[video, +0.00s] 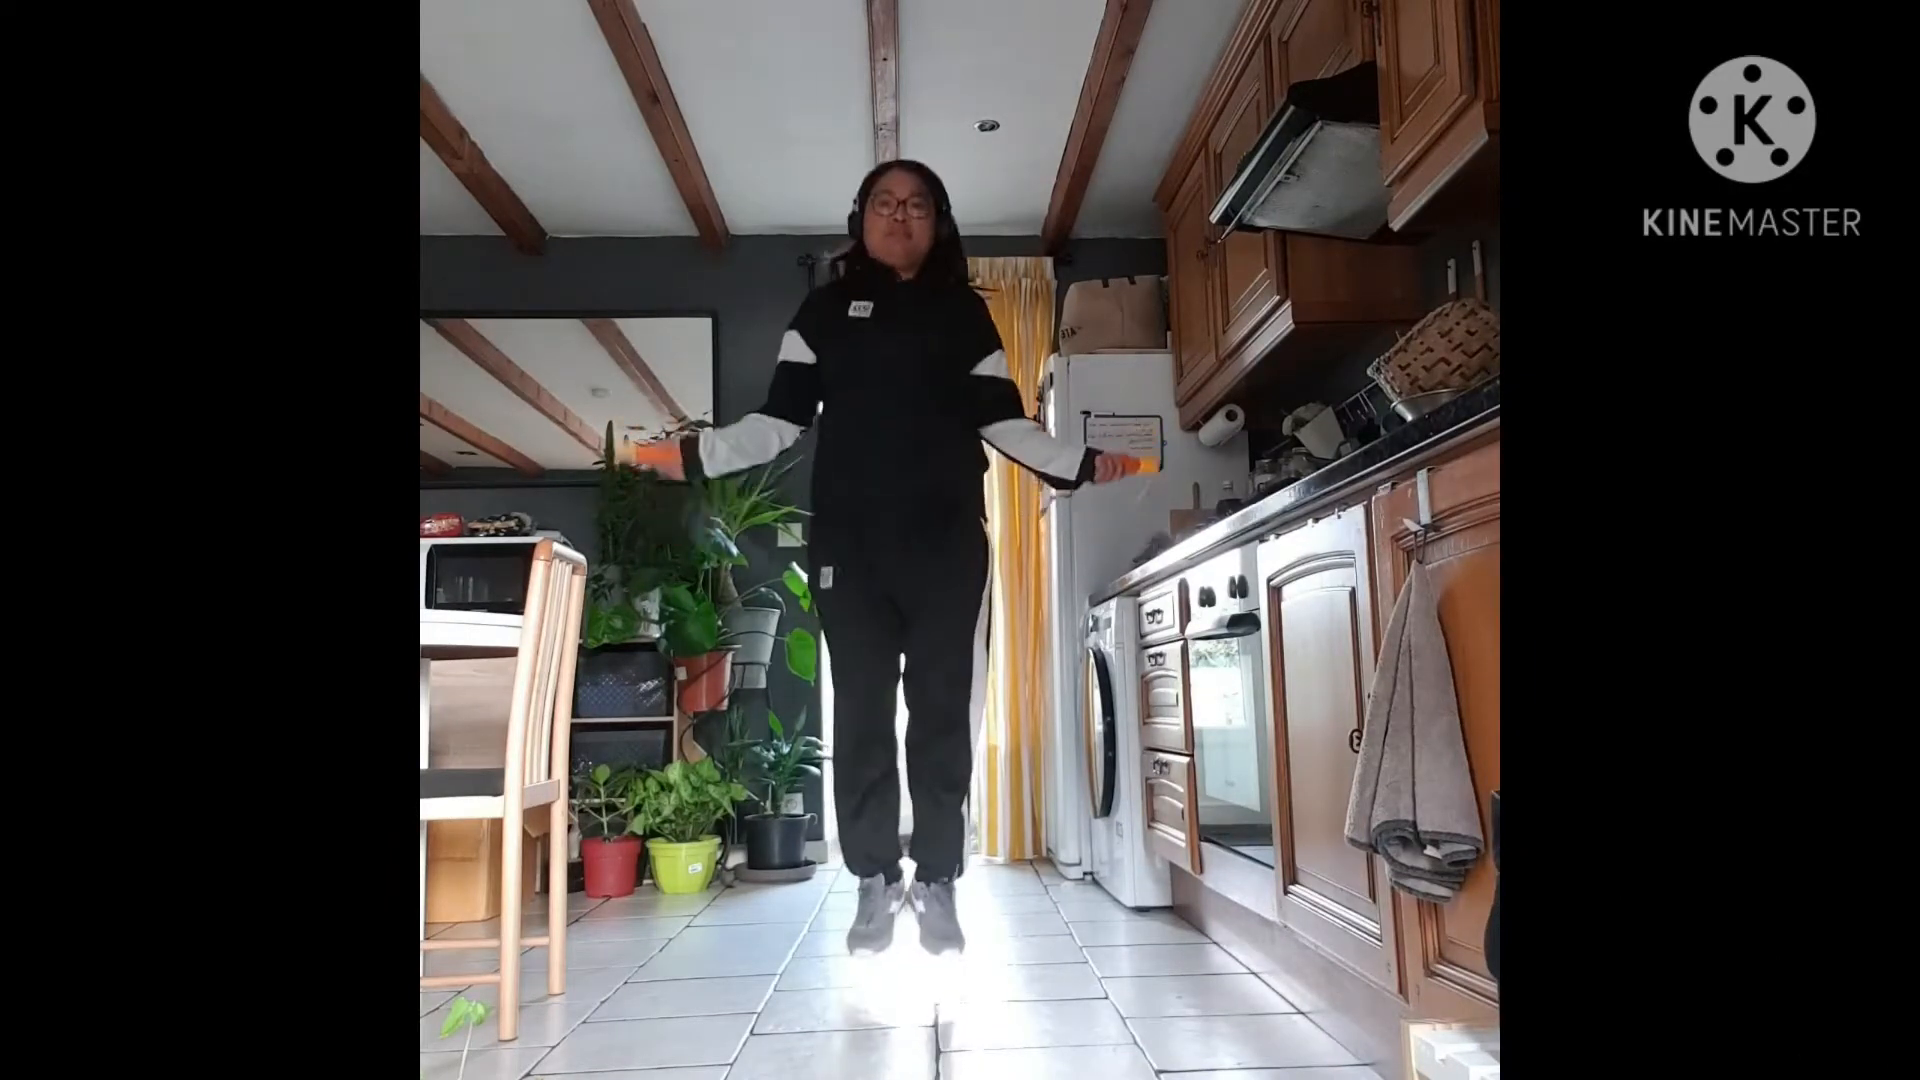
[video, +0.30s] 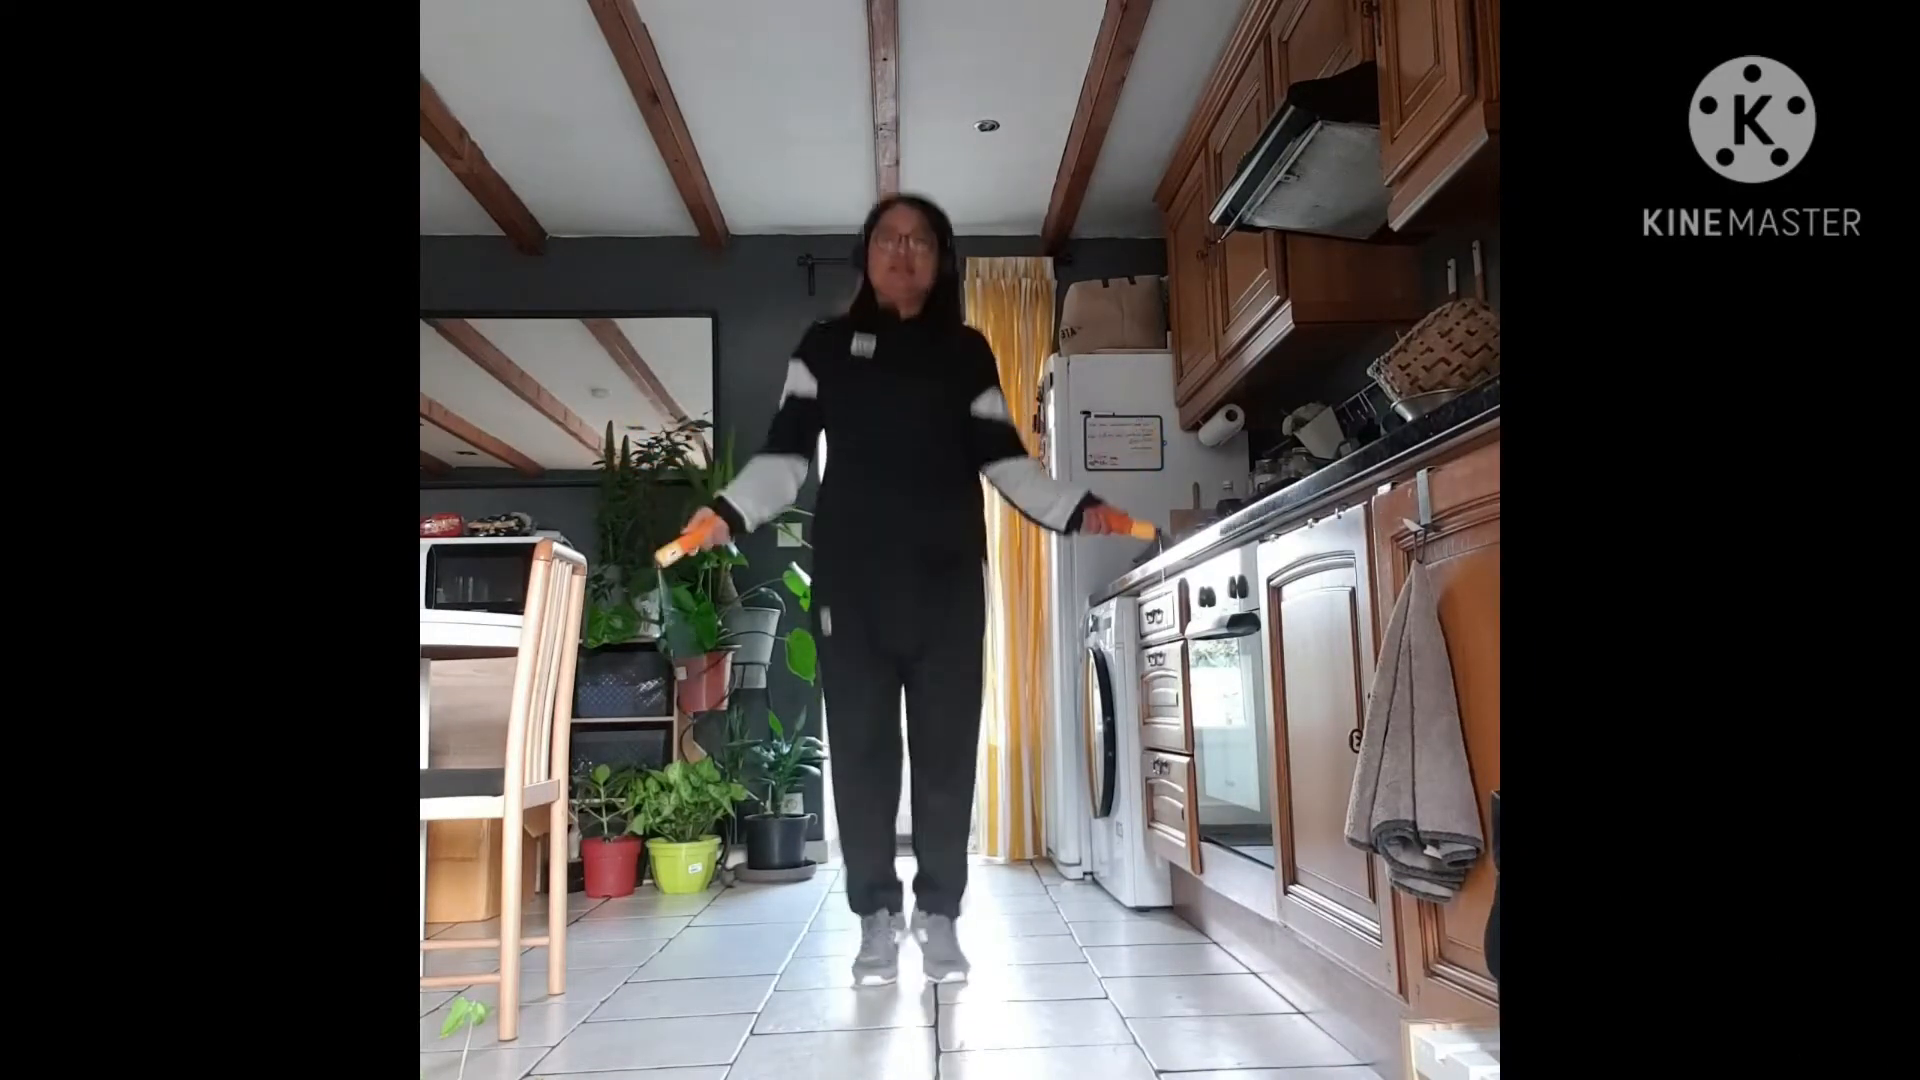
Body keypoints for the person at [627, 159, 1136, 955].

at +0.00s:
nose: (899, 215)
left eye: (915, 204)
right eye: (885, 203)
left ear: (939, 223)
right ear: (859, 222)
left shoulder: (962, 310)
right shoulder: (827, 308)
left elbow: (999, 419)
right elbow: (782, 418)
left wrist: (1077, 464)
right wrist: (697, 450)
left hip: (945, 537)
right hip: (851, 536)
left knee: (941, 712)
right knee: (861, 714)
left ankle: (937, 883)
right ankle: (874, 883)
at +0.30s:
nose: (902, 250)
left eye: (919, 239)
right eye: (888, 237)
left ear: (941, 260)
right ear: (866, 254)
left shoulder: (966, 352)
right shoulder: (826, 346)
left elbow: (1005, 460)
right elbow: (787, 455)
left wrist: (1079, 509)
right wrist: (724, 512)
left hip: (947, 582)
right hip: (851, 581)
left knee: (946, 752)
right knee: (863, 753)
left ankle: (940, 915)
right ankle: (876, 914)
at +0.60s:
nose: (909, 265)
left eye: (925, 255)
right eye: (895, 254)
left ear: (948, 279)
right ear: (871, 277)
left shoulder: (972, 366)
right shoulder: (837, 366)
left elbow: (1009, 465)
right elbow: (779, 462)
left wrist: (1094, 472)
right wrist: (699, 451)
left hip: (955, 593)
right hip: (860, 592)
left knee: (950, 763)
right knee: (869, 764)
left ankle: (940, 924)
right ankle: (883, 926)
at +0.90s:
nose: (907, 213)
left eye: (923, 204)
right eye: (892, 203)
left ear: (947, 229)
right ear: (868, 225)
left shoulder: (968, 312)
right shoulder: (834, 309)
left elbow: (1006, 420)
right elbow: (786, 413)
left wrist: (1093, 460)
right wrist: (688, 446)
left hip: (951, 539)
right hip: (854, 537)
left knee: (949, 718)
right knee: (865, 718)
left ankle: (944, 887)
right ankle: (879, 889)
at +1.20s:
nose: (904, 229)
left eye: (921, 218)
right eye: (889, 217)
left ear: (943, 242)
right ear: (866, 238)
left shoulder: (968, 332)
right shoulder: (827, 327)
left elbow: (1010, 446)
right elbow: (791, 443)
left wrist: (1073, 507)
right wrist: (728, 500)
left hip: (947, 567)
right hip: (851, 565)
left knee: (947, 740)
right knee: (862, 741)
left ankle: (945, 907)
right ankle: (875, 911)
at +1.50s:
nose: (898, 276)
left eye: (915, 267)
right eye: (884, 265)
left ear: (936, 291)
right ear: (861, 288)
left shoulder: (963, 378)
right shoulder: (827, 378)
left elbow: (997, 477)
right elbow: (775, 480)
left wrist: (1078, 483)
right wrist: (710, 477)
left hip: (944, 602)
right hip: (849, 601)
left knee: (939, 768)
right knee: (863, 770)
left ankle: (934, 926)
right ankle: (877, 928)